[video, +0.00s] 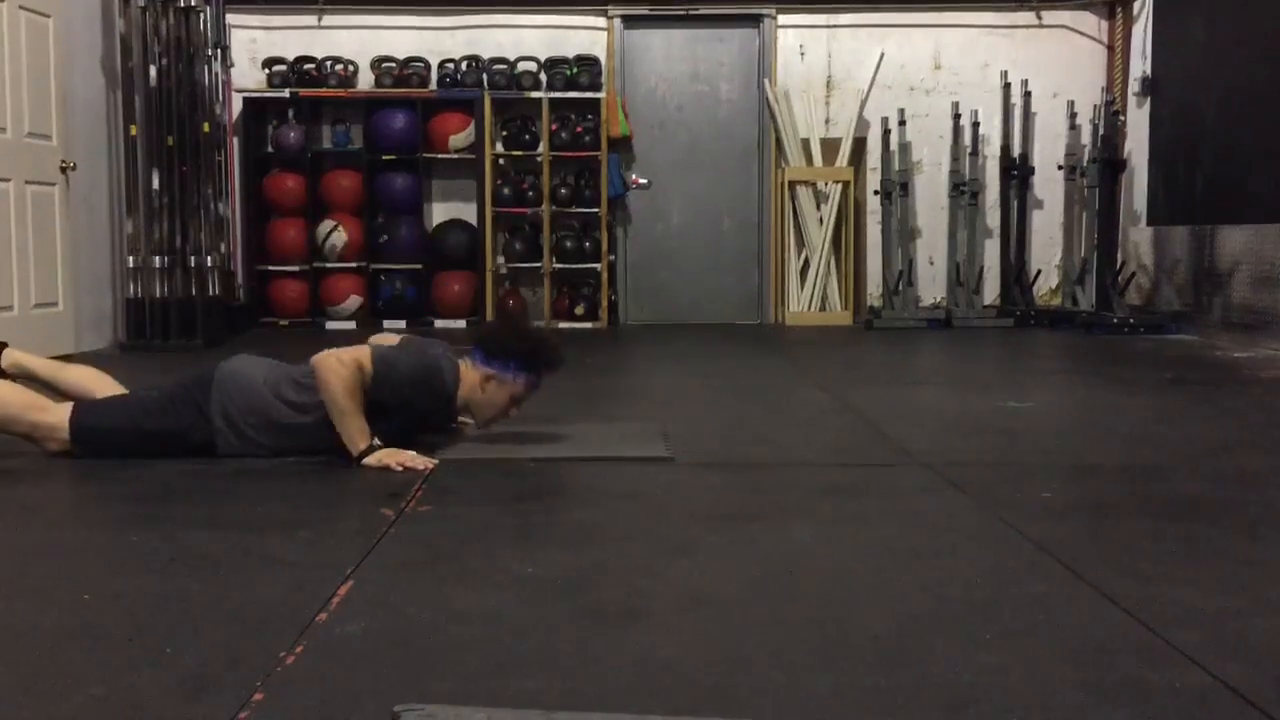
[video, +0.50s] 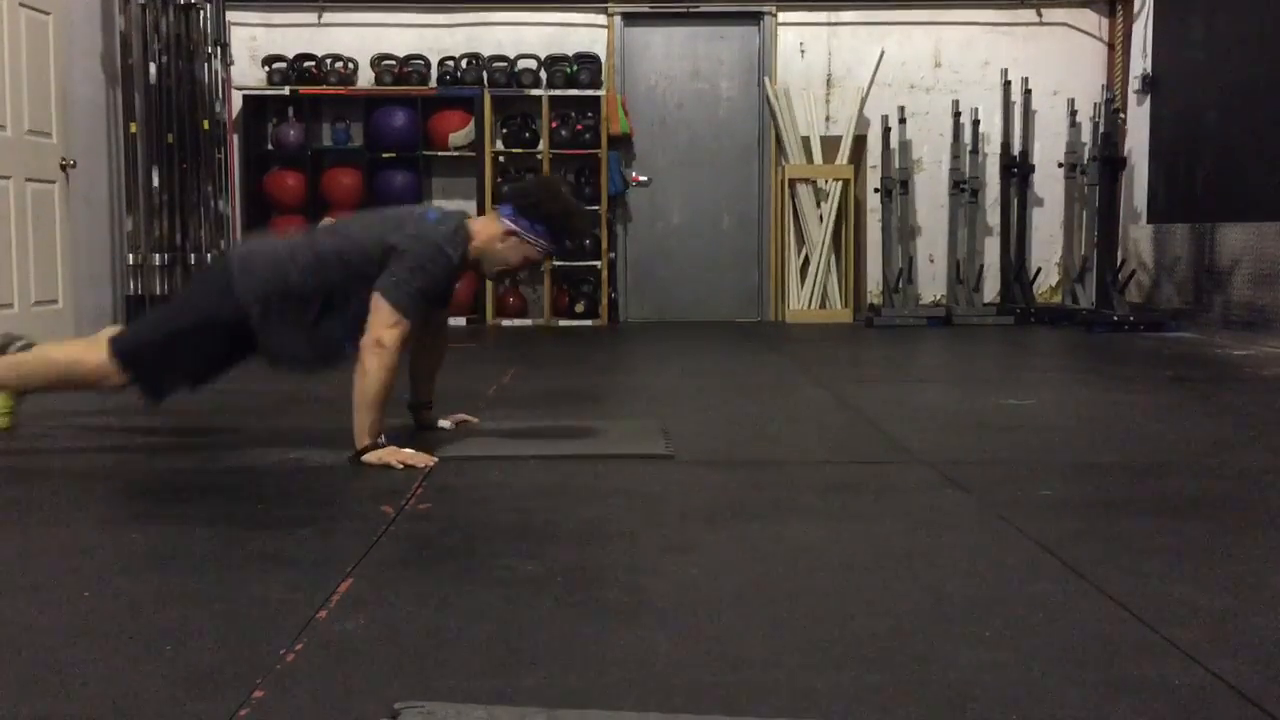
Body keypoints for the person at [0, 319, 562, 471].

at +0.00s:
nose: (514, 411)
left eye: (521, 401)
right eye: (518, 398)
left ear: (492, 369)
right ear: (494, 374)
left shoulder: (443, 368)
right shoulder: (432, 367)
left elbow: (352, 363)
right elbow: (331, 364)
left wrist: (414, 420)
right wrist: (368, 448)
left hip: (243, 390)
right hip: (227, 406)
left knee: (114, 403)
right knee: (59, 425)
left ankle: (13, 357)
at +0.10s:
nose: (518, 414)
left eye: (526, 404)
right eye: (523, 401)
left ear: (498, 369)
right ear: (500, 377)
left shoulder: (451, 363)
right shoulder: (443, 377)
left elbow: (374, 341)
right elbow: (343, 356)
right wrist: (367, 446)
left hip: (248, 386)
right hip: (237, 405)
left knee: (118, 403)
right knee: (65, 425)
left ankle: (13, 353)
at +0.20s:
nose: (522, 372)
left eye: (528, 363)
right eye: (522, 359)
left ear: (498, 335)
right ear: (496, 337)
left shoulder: (454, 348)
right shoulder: (440, 346)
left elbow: (364, 370)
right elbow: (340, 360)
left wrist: (423, 412)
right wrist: (367, 447)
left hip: (253, 385)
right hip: (242, 402)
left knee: (124, 401)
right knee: (72, 428)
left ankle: (15, 353)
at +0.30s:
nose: (514, 312)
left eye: (519, 301)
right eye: (512, 297)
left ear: (482, 281)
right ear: (476, 278)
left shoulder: (439, 305)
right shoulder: (420, 304)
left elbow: (387, 355)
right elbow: (339, 354)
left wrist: (419, 408)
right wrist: (366, 448)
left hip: (250, 379)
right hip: (236, 390)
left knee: (129, 401)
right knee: (77, 424)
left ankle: (21, 360)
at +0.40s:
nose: (509, 279)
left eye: (517, 269)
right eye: (512, 265)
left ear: (484, 240)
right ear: (484, 241)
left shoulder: (432, 262)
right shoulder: (416, 266)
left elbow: (410, 340)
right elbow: (353, 343)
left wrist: (421, 413)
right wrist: (366, 444)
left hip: (243, 335)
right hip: (237, 350)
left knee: (137, 376)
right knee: (96, 410)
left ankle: (16, 360)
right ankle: (1, 383)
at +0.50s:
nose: (525, 270)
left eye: (535, 262)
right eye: (530, 256)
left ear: (508, 229)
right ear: (506, 226)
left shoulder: (452, 243)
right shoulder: (434, 242)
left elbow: (430, 331)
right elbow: (381, 338)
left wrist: (421, 417)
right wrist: (367, 444)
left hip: (257, 292)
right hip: (247, 291)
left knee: (120, 356)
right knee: (113, 362)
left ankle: (11, 376)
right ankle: (7, 376)